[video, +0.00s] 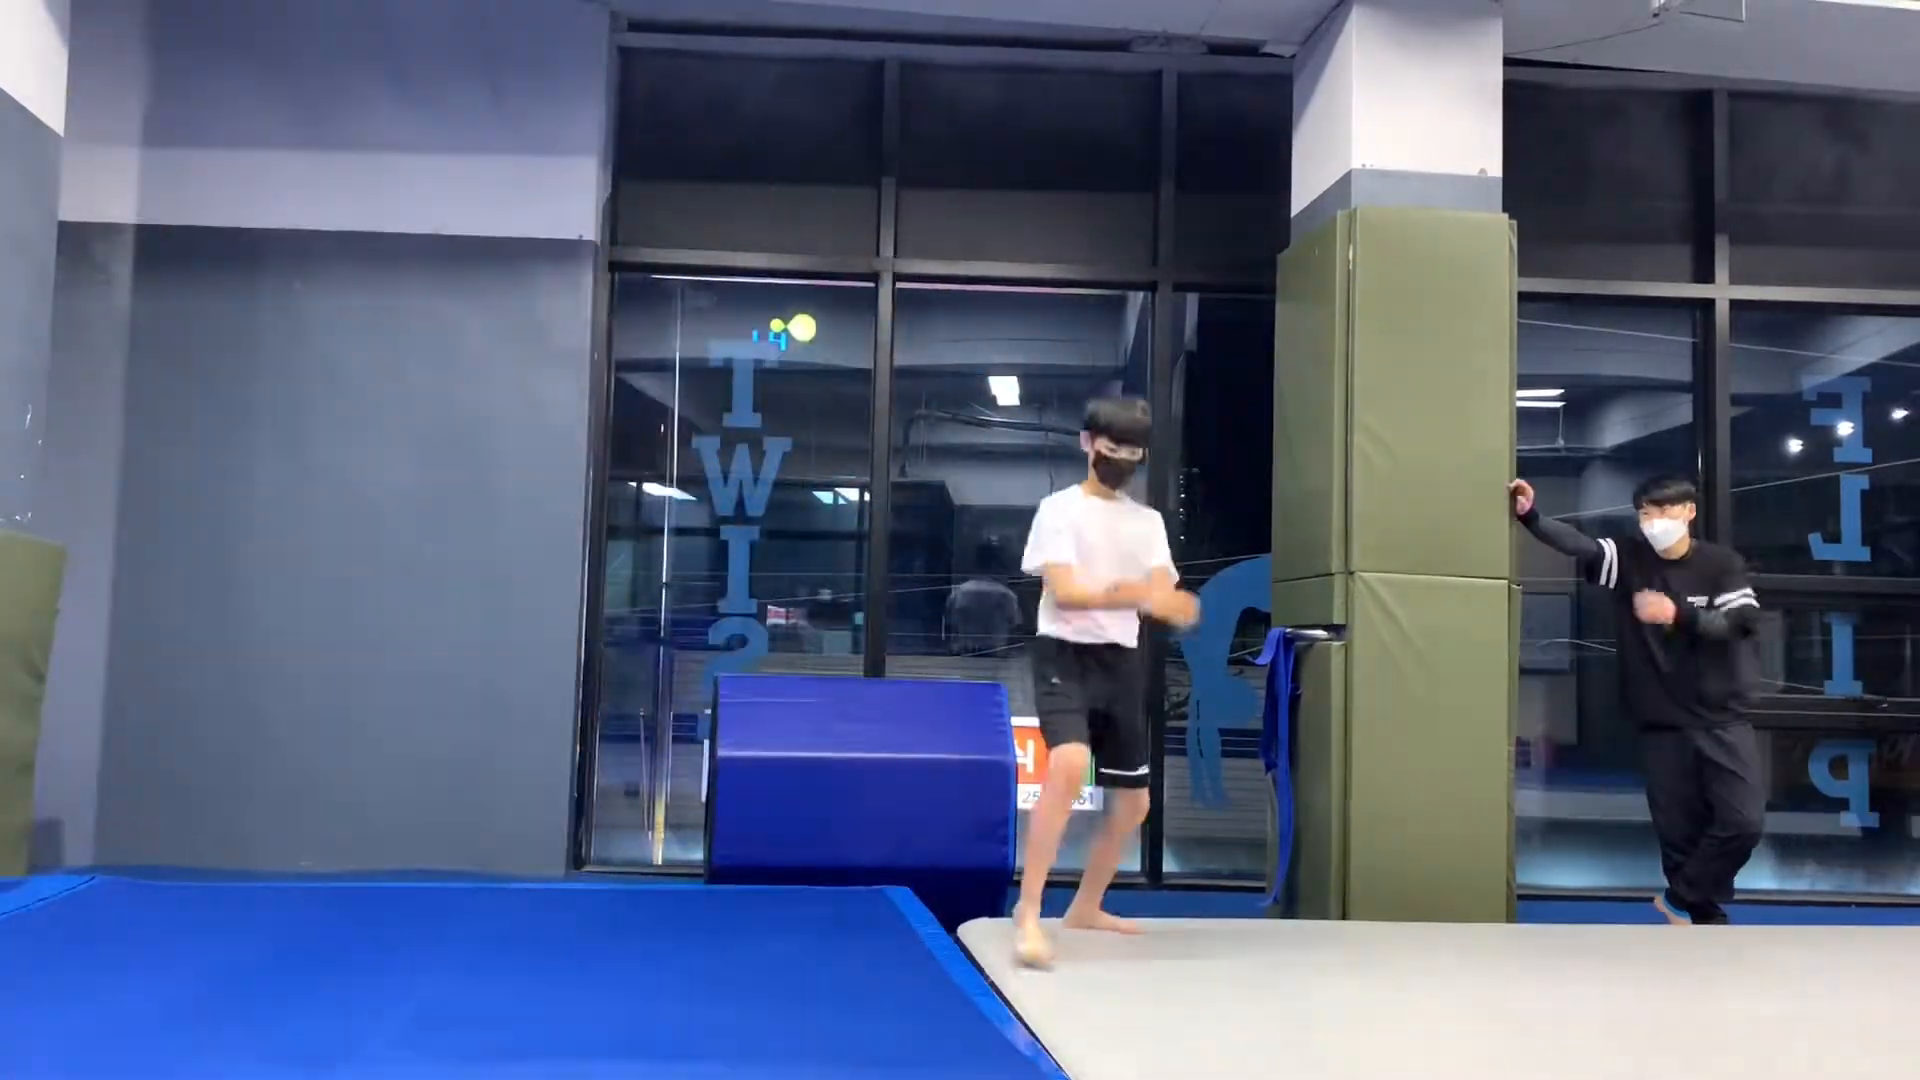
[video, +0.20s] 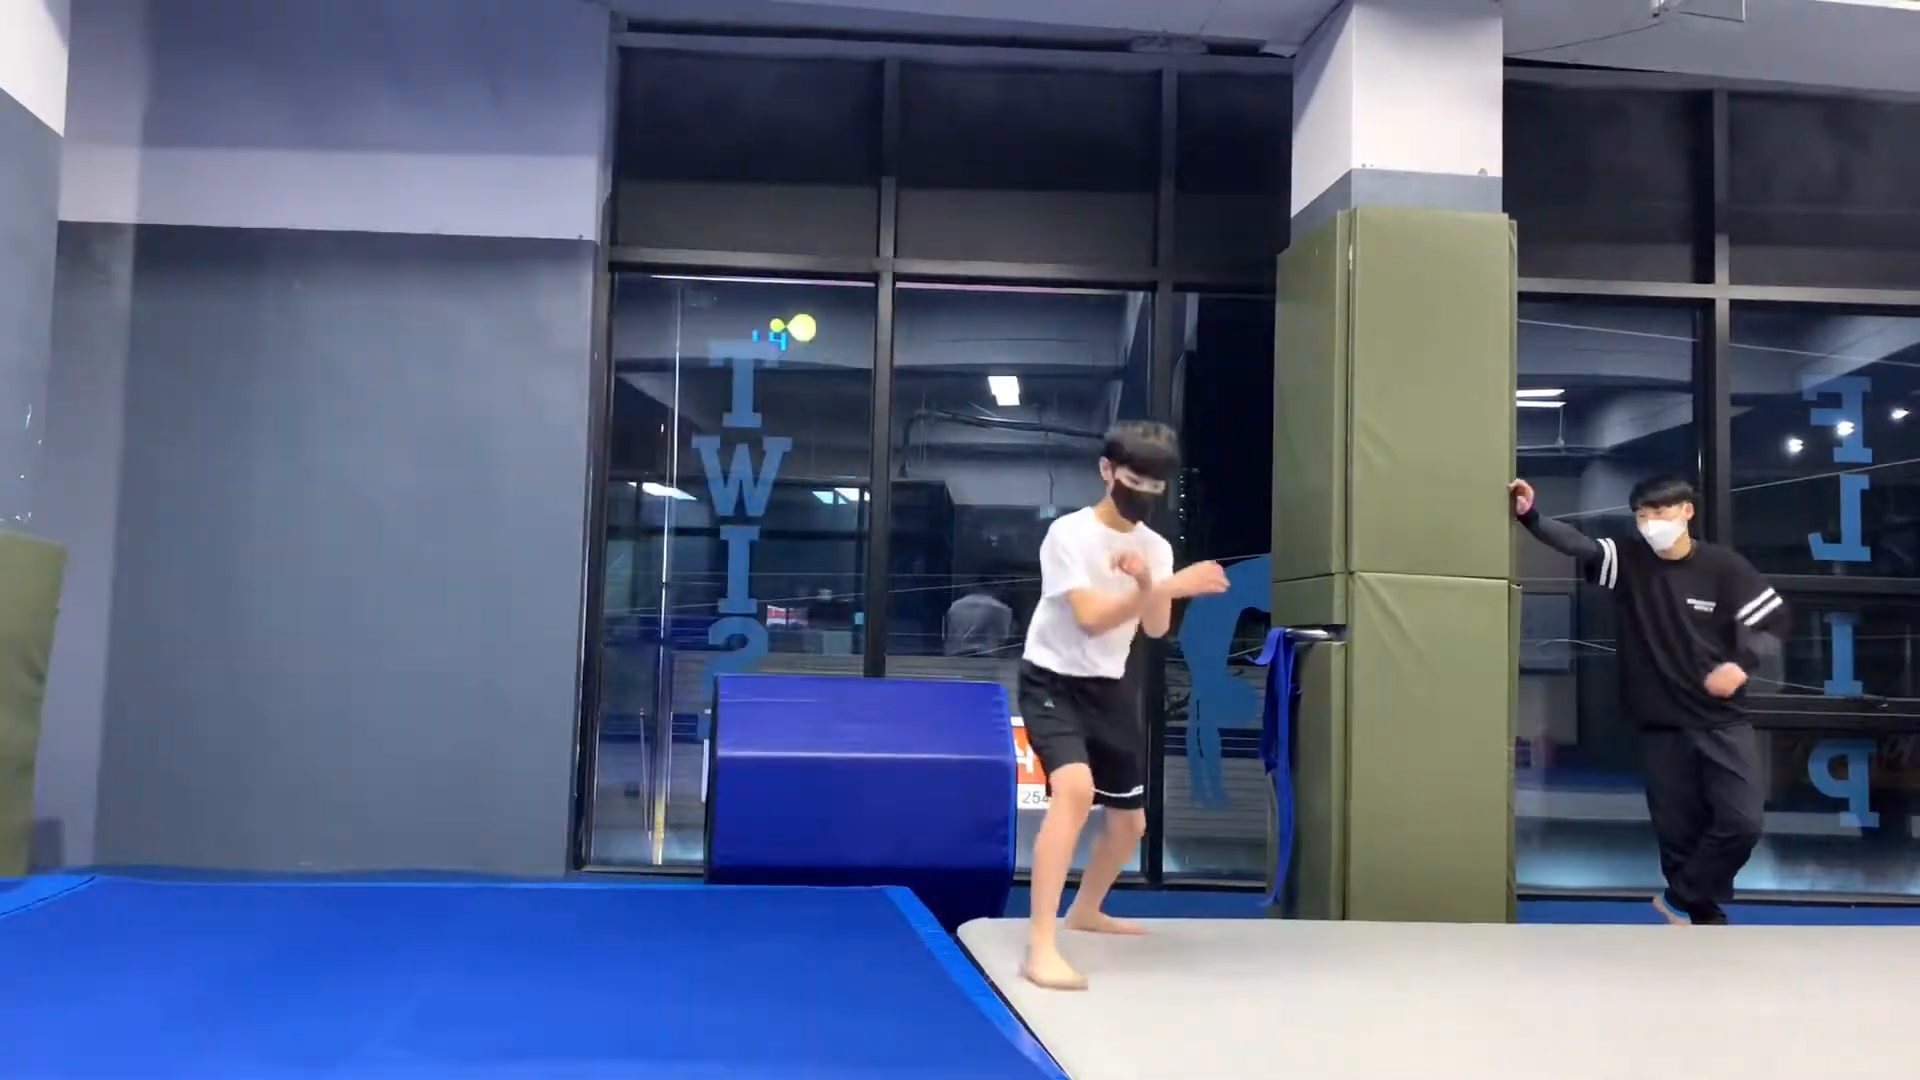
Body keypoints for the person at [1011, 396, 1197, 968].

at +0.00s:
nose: (1123, 456)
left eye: (1133, 447)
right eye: (1113, 443)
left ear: (1144, 452)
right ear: (1088, 442)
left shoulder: (1149, 521)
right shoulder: (1059, 509)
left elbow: (1173, 601)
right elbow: (1064, 590)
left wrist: (1165, 602)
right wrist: (1137, 594)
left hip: (1122, 659)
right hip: (1061, 653)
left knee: (1132, 800)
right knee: (1071, 765)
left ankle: (1085, 908)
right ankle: (1028, 915)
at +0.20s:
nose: (1144, 494)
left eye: (1155, 484)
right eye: (1135, 480)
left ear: (1167, 484)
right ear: (1108, 470)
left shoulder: (1157, 547)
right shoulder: (1068, 533)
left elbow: (1156, 627)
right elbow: (1092, 617)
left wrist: (1145, 581)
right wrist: (1172, 587)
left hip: (1109, 688)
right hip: (1049, 681)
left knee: (1129, 820)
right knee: (1074, 788)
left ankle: (1086, 911)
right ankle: (1041, 949)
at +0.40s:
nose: (1175, 480)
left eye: (1186, 469)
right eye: (1164, 465)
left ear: (1195, 472)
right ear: (1132, 459)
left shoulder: (1168, 544)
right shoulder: (1087, 527)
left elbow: (1167, 646)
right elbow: (1042, 622)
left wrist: (1190, 723)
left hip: (1093, 678)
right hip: (1041, 673)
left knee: (1096, 807)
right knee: (1095, 810)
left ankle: (1032, 890)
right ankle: (1047, 965)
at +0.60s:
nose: (1226, 400)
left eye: (1228, 389)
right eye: (1222, 387)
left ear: (1185, 386)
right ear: (1191, 383)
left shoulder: (1154, 445)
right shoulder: (1154, 437)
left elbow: (1066, 494)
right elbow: (1055, 478)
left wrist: (1091, 559)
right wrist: (993, 546)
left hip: (1101, 601)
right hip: (1083, 595)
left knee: (1145, 757)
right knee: (1101, 756)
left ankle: (1127, 909)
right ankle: (990, 887)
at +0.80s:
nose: (1201, 431)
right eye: (1200, 424)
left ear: (1133, 429)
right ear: (1198, 426)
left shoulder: (1103, 473)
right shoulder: (1189, 466)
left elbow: (1011, 468)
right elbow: (1178, 501)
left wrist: (932, 442)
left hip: (1106, 635)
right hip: (1155, 635)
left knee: (1176, 815)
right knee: (1117, 783)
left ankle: (1210, 977)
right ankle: (1006, 854)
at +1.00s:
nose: (1063, 471)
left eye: (1063, 460)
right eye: (1065, 461)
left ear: (1080, 457)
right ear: (1124, 453)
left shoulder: (1057, 511)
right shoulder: (1184, 498)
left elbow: (961, 552)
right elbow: (1276, 506)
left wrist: (856, 576)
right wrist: (1361, 508)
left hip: (1095, 669)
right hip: (1166, 663)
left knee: (1169, 825)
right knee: (1221, 818)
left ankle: (1211, 972)